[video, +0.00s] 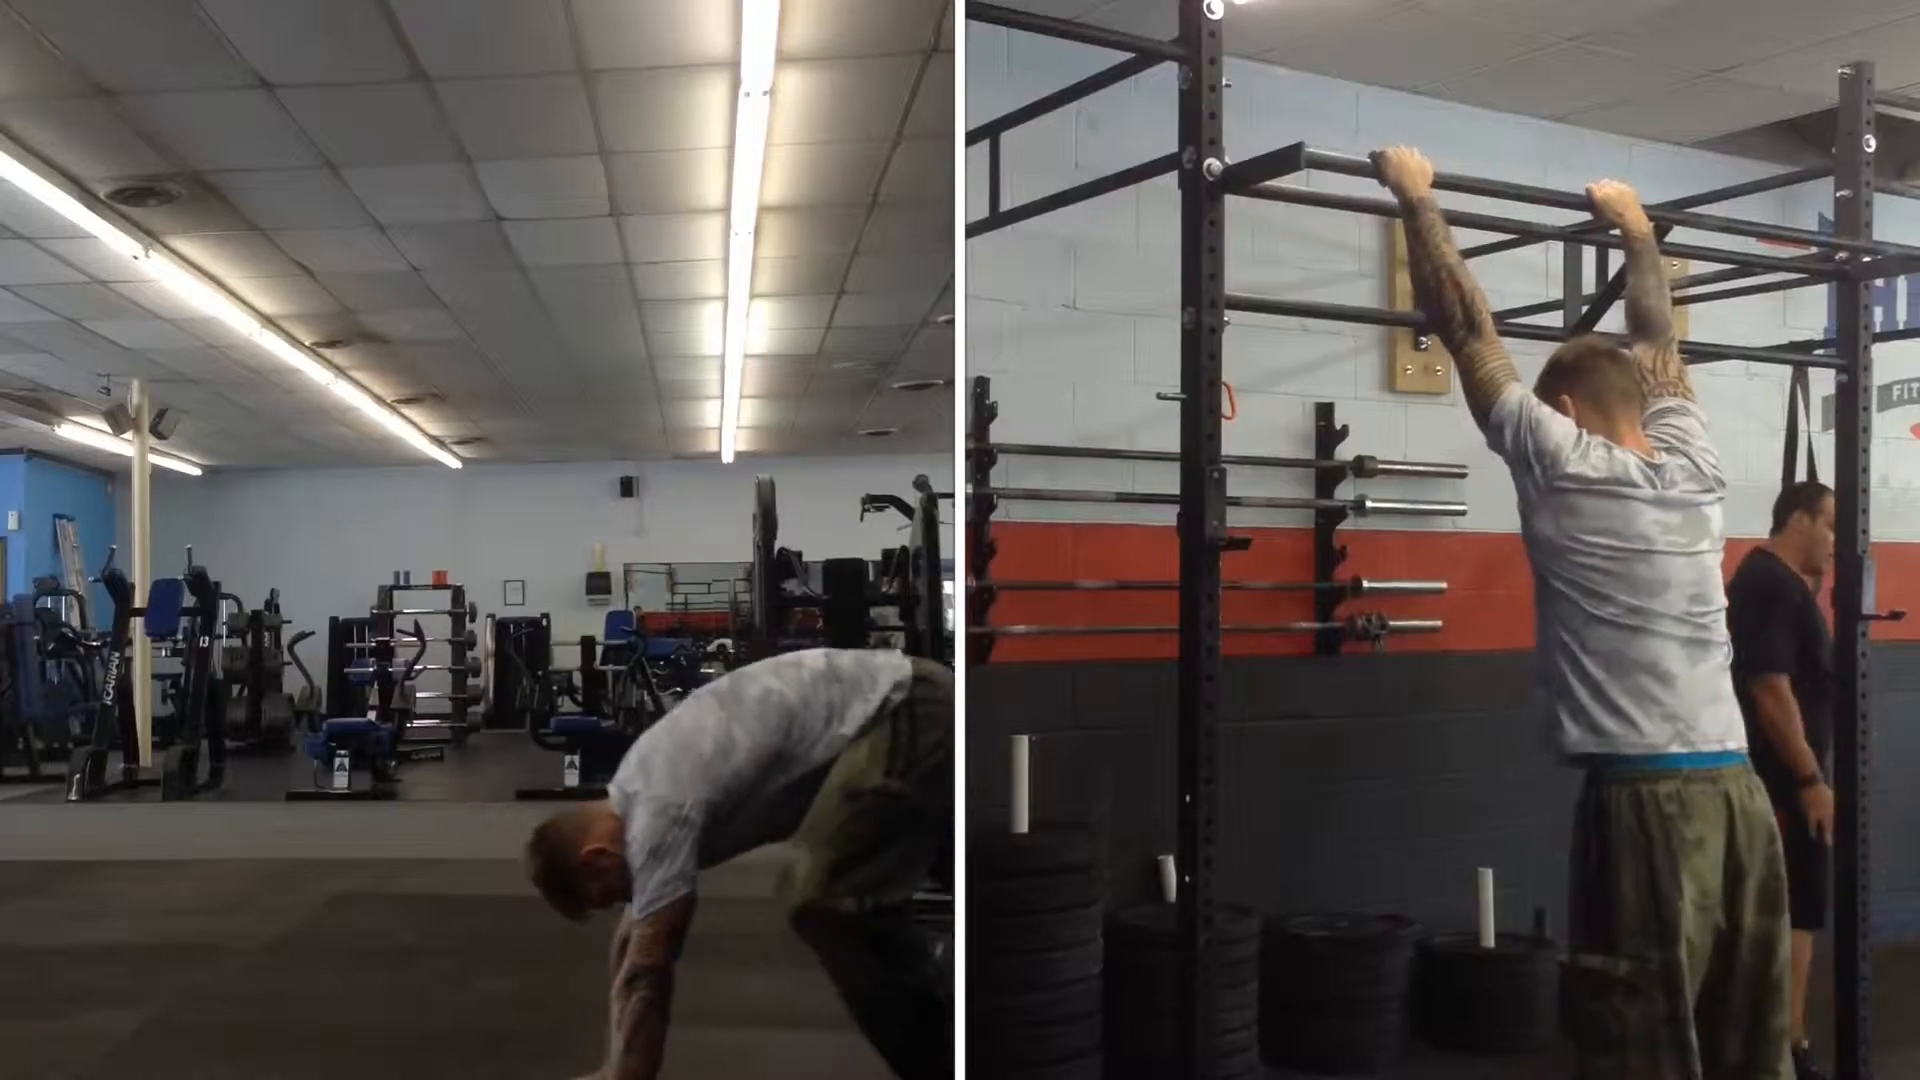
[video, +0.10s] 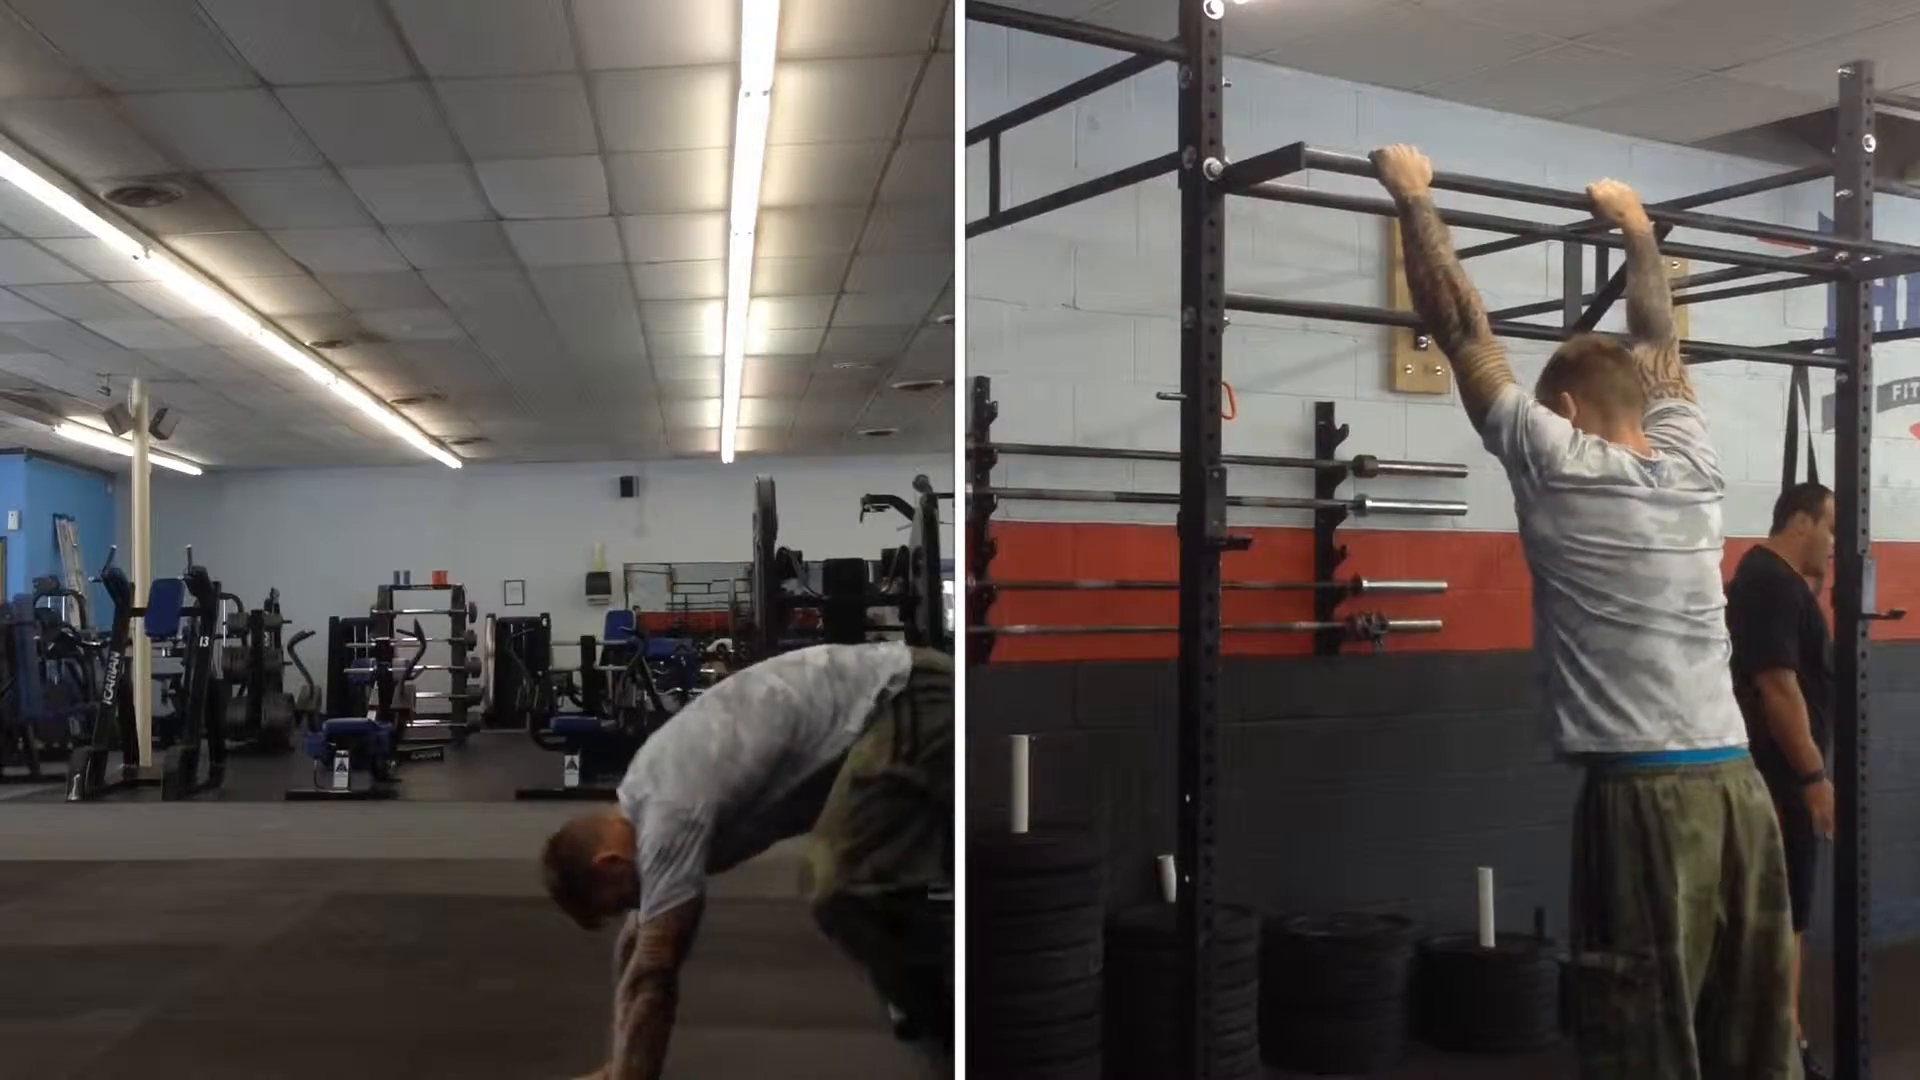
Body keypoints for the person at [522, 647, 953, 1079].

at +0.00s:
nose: (620, 905)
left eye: (606, 897)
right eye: (606, 906)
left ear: (600, 858)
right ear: (601, 844)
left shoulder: (660, 806)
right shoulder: (639, 797)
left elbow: (650, 970)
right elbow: (633, 947)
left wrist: (627, 1068)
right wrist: (616, 1060)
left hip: (908, 709)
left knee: (823, 903)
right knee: (816, 899)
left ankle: (928, 1056)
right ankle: (929, 1049)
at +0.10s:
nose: (627, 909)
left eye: (617, 905)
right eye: (616, 913)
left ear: (611, 865)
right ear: (609, 851)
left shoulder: (671, 812)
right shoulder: (644, 803)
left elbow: (654, 976)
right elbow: (636, 945)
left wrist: (631, 1070)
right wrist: (620, 1062)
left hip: (911, 698)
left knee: (846, 889)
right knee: (842, 885)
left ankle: (947, 1031)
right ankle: (933, 1019)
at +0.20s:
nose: (636, 912)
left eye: (626, 911)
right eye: (626, 918)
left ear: (619, 871)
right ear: (619, 859)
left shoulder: (672, 813)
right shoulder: (651, 808)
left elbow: (654, 978)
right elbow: (639, 960)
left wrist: (630, 1070)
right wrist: (619, 1064)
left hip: (908, 699)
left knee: (912, 915)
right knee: (906, 915)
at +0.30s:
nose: (642, 912)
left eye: (631, 910)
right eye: (632, 918)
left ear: (623, 871)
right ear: (625, 859)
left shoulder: (676, 813)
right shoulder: (659, 810)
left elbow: (656, 981)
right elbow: (642, 962)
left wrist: (627, 1071)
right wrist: (619, 1066)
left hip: (918, 709)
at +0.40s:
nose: (645, 915)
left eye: (635, 913)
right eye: (635, 921)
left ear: (629, 871)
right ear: (630, 857)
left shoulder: (685, 815)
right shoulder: (667, 815)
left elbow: (659, 987)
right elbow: (646, 965)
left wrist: (627, 1074)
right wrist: (617, 1067)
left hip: (933, 715)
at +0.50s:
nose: (650, 919)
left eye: (638, 917)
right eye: (638, 924)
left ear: (633, 875)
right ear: (634, 859)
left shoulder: (691, 819)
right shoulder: (675, 812)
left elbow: (662, 989)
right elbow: (649, 965)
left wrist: (628, 1074)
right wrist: (614, 1068)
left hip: (947, 728)